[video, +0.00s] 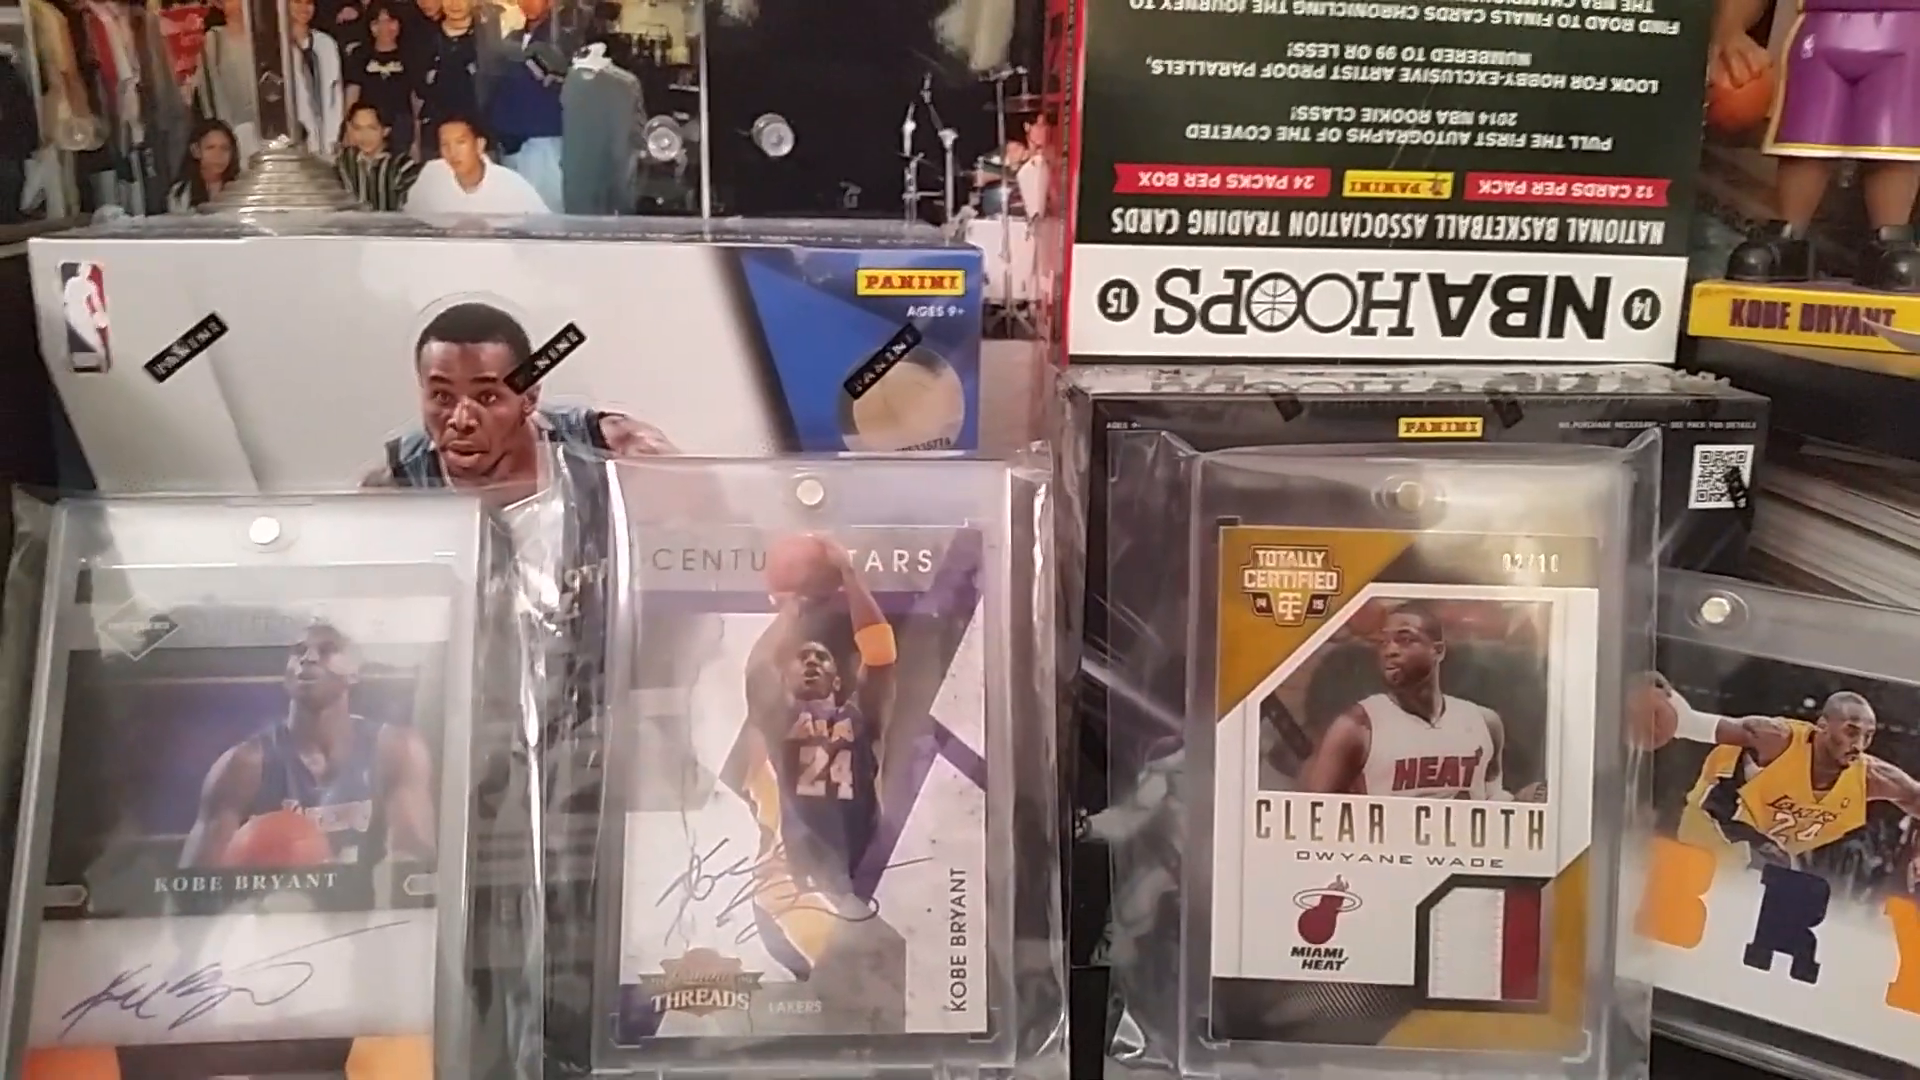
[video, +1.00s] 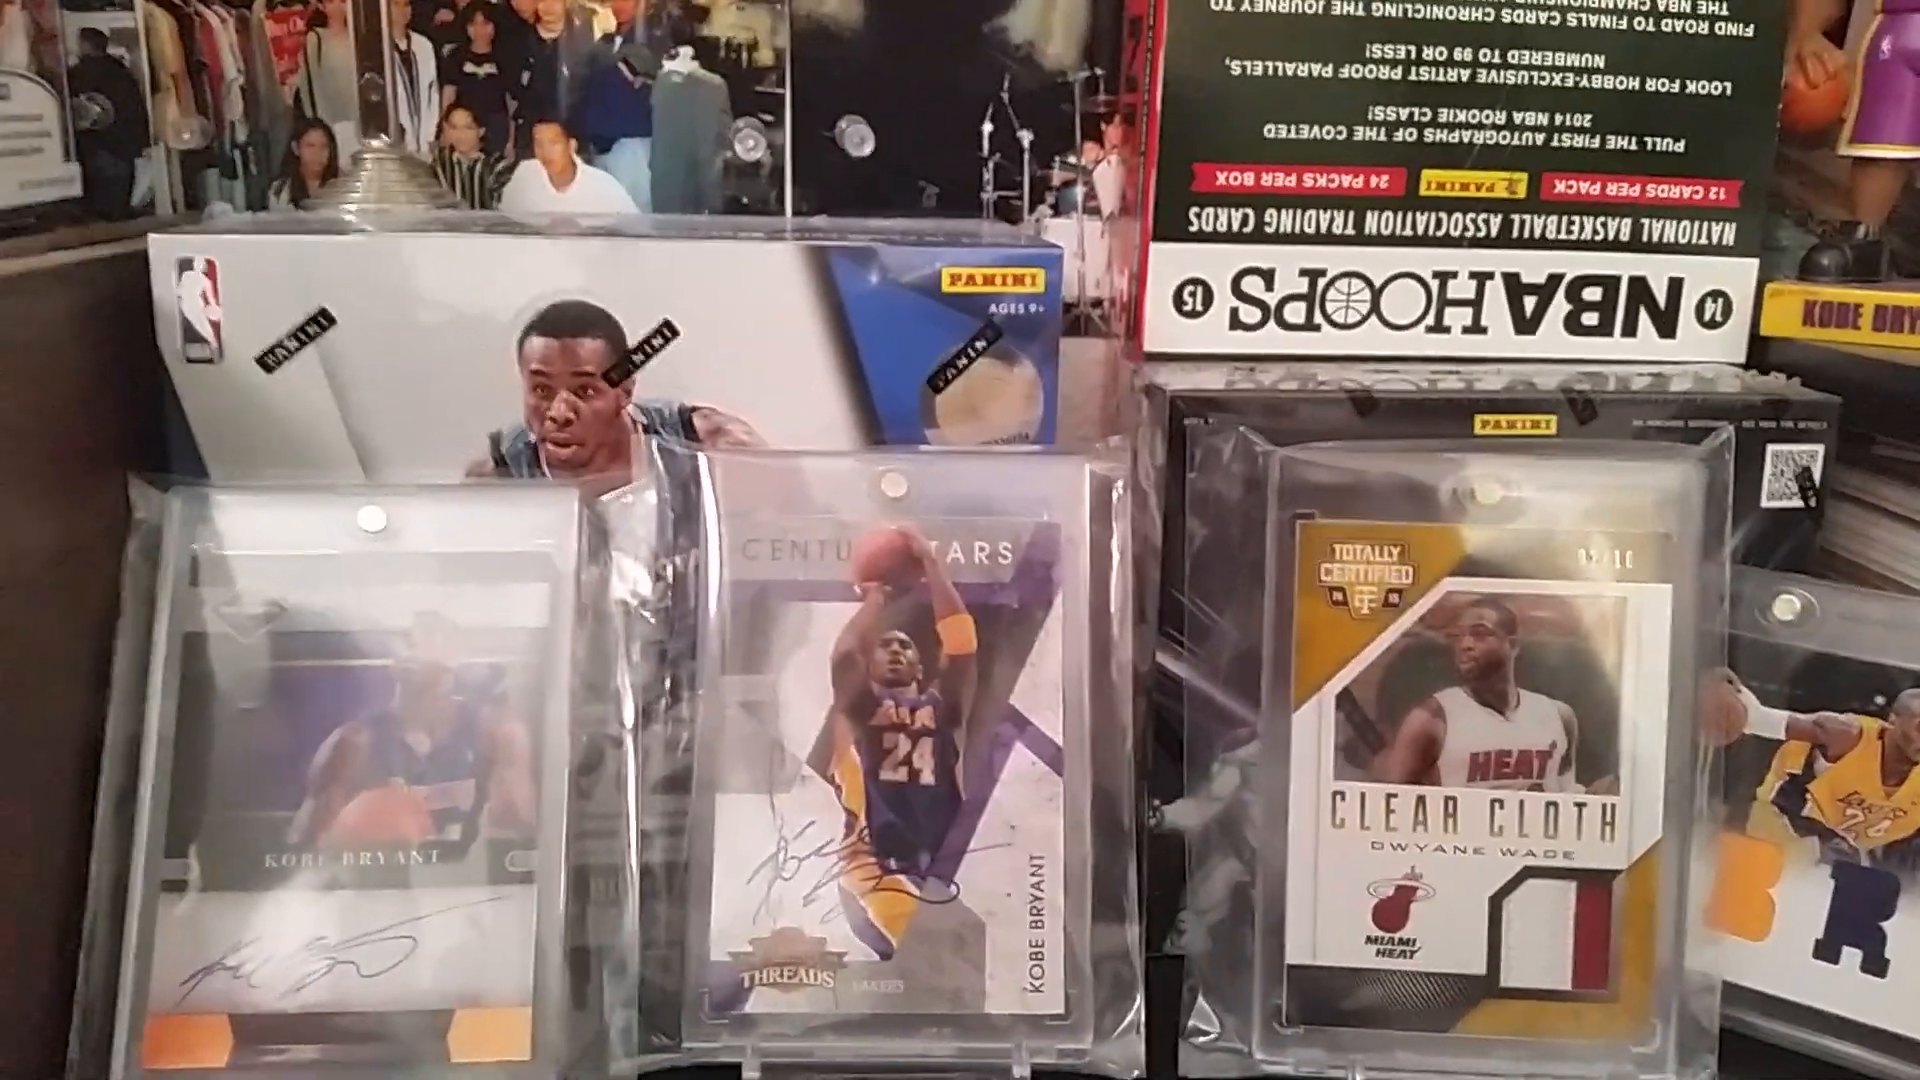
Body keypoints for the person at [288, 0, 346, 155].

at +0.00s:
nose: (305, 8)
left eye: (309, 3)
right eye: (298, 2)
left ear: (314, 8)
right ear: (288, 5)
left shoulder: (327, 44)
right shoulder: (280, 46)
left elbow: (336, 94)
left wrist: (331, 140)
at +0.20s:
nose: (315, 9)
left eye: (319, 4)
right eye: (308, 3)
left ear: (324, 8)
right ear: (296, 7)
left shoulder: (336, 44)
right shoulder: (289, 47)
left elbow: (346, 90)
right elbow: (288, 96)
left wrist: (344, 136)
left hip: (338, 142)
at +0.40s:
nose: (334, 10)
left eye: (338, 4)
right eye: (326, 4)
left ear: (342, 8)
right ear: (315, 7)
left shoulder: (355, 44)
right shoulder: (309, 47)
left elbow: (365, 91)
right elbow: (307, 97)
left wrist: (362, 137)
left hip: (357, 143)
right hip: (326, 144)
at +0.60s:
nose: (352, 10)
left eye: (356, 4)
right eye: (345, 4)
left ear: (360, 8)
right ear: (334, 8)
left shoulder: (373, 44)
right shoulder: (327, 47)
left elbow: (383, 90)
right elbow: (326, 95)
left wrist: (381, 136)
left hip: (375, 141)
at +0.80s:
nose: (356, 10)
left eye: (360, 4)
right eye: (350, 4)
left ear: (365, 8)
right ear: (339, 7)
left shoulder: (378, 44)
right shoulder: (331, 46)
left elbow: (387, 90)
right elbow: (331, 94)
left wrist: (385, 135)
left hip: (378, 139)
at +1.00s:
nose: (405, 10)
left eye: (407, 4)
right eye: (398, 4)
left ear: (410, 9)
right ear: (386, 10)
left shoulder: (425, 45)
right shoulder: (379, 49)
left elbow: (434, 91)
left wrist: (431, 133)